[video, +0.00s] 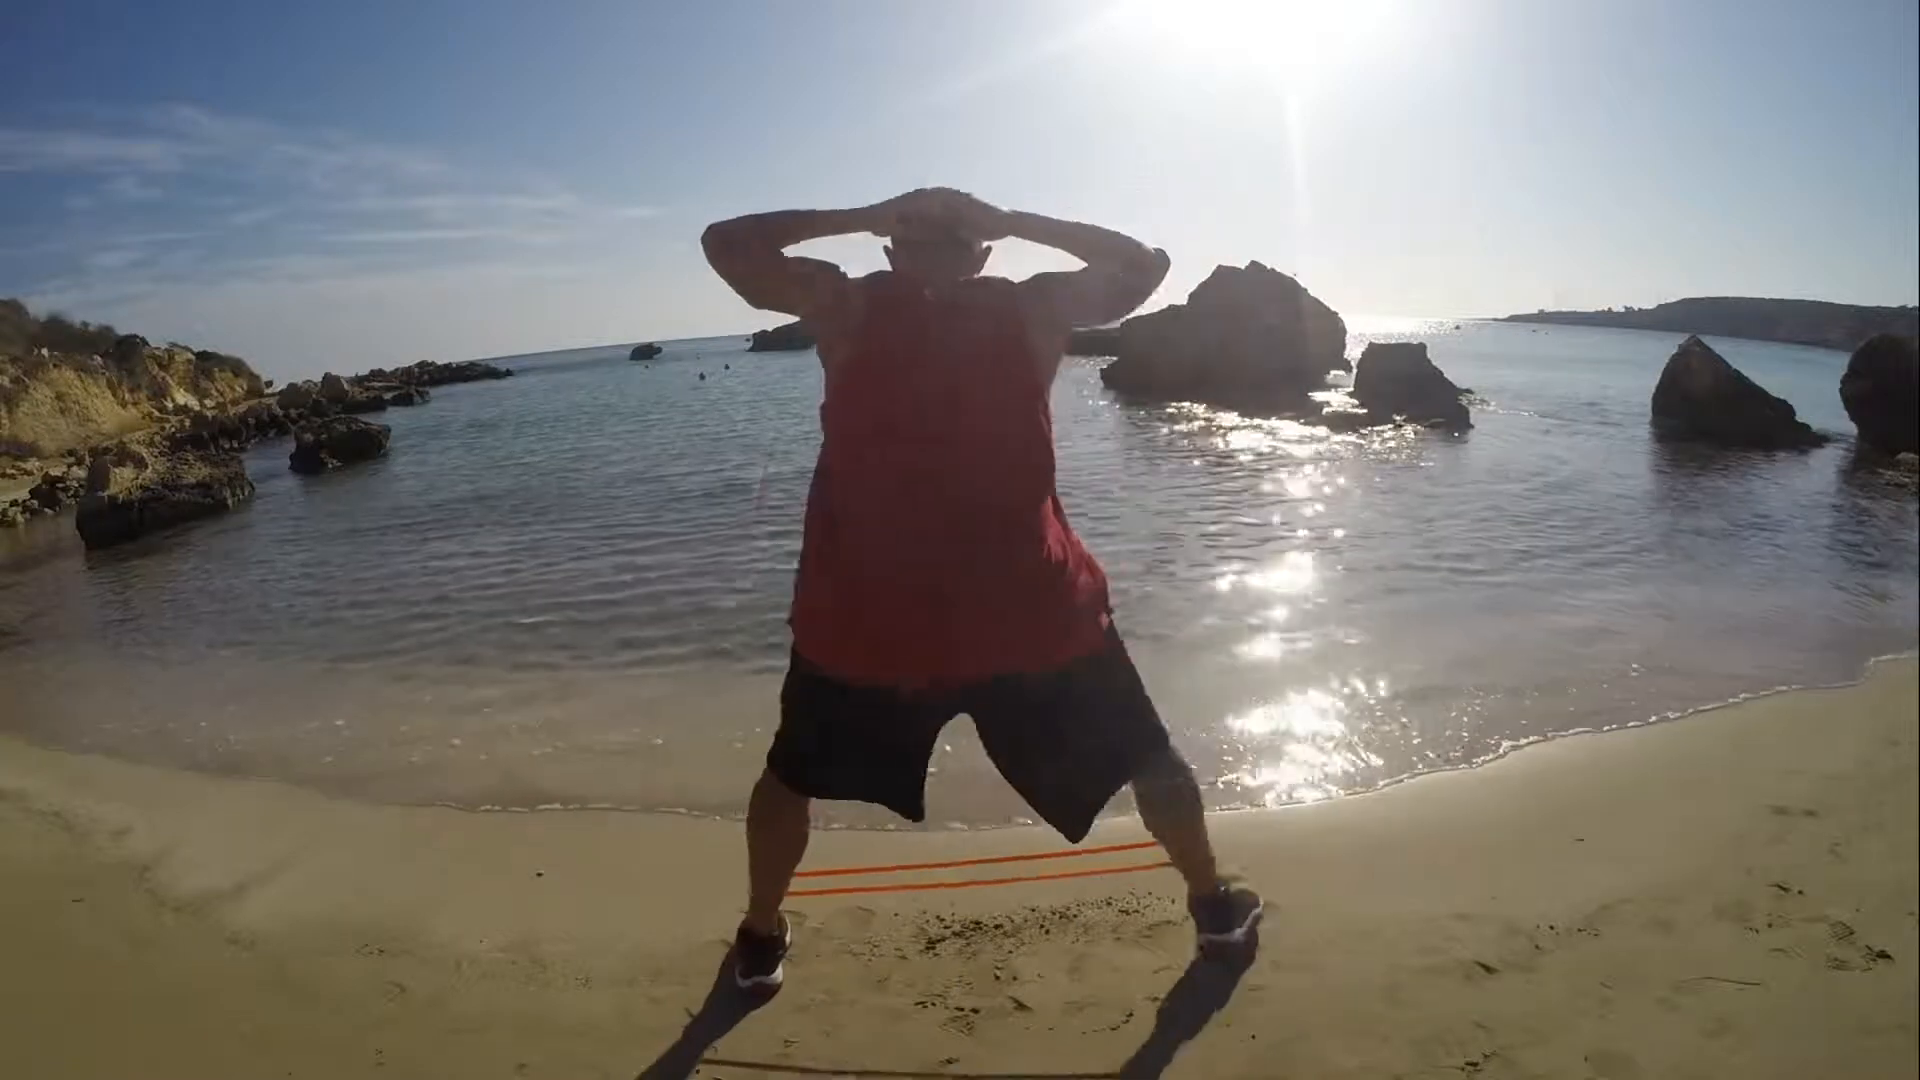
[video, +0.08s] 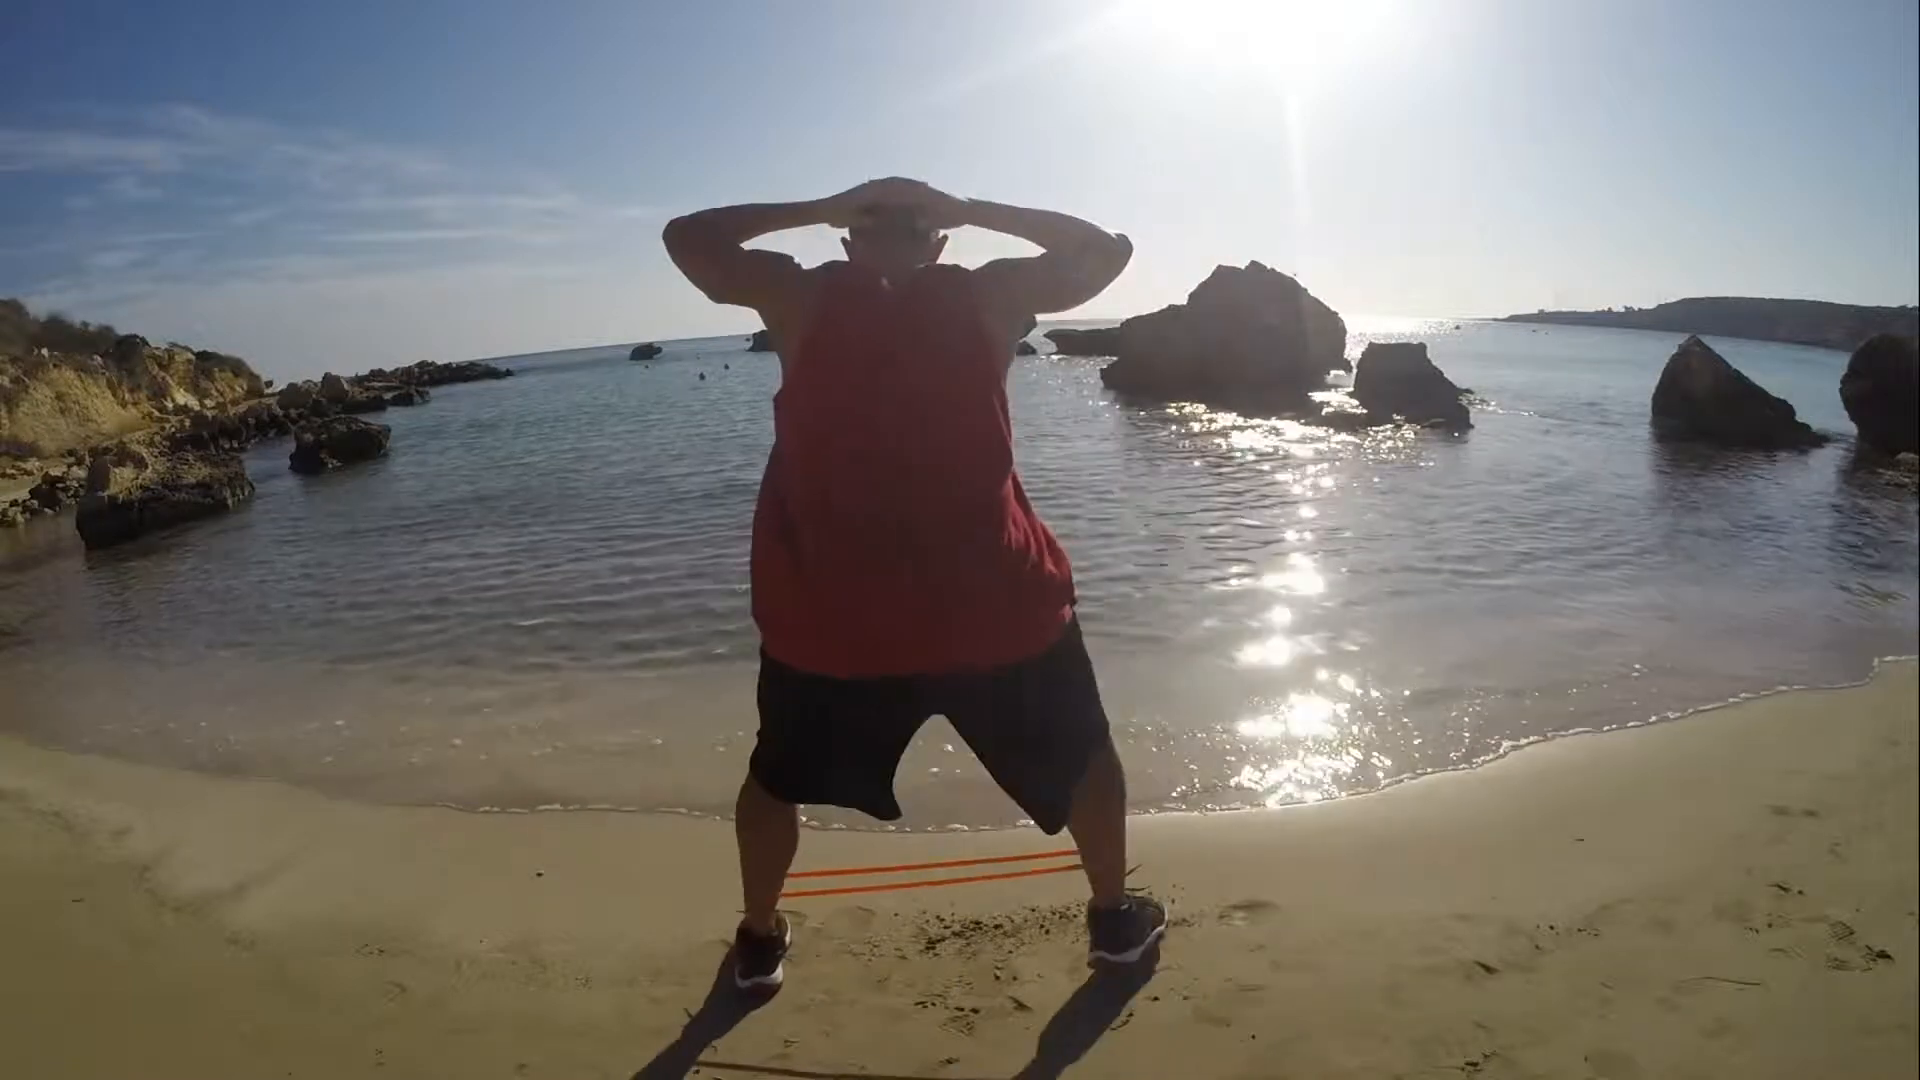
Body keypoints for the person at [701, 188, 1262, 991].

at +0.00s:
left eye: (921, 222)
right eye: (954, 223)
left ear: (893, 244)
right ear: (981, 249)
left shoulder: (841, 306)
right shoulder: (1031, 309)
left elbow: (725, 242)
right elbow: (1141, 264)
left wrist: (864, 217)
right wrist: (1013, 221)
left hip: (869, 602)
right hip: (1025, 589)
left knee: (791, 772)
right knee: (1148, 755)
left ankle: (757, 941)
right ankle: (1212, 906)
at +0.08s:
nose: (896, 219)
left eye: (884, 210)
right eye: (911, 210)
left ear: (851, 234)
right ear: (939, 236)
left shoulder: (800, 296)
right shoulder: (990, 295)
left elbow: (689, 236)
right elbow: (1104, 250)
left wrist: (820, 208)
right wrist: (970, 211)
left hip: (828, 599)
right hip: (985, 588)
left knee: (776, 774)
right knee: (1083, 751)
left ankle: (756, 939)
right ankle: (1112, 917)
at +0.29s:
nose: (852, 221)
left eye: (836, 211)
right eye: (861, 212)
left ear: (799, 231)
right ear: (892, 236)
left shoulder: (752, 295)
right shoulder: (942, 291)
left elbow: (644, 244)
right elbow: (1057, 237)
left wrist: (773, 209)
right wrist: (920, 203)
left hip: (776, 598)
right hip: (917, 598)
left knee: (748, 783)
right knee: (919, 768)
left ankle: (750, 939)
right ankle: (878, 924)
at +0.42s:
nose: (838, 234)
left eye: (820, 223)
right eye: (855, 225)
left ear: (794, 241)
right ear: (885, 245)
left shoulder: (748, 306)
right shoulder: (936, 299)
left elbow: (639, 255)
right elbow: (1050, 249)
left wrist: (766, 218)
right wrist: (914, 213)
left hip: (774, 607)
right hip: (917, 604)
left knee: (741, 782)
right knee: (925, 763)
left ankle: (751, 937)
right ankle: (892, 916)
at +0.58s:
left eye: (840, 219)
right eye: (879, 219)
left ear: (810, 240)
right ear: (896, 236)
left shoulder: (763, 304)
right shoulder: (950, 288)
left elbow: (658, 257)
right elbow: (1064, 235)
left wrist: (778, 219)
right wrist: (927, 207)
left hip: (817, 590)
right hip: (969, 575)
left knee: (777, 771)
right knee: (1054, 732)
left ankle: (756, 936)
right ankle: (1077, 901)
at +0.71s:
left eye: (865, 230)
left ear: (848, 245)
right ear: (939, 243)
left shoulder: (811, 309)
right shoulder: (994, 292)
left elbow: (693, 264)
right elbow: (1103, 234)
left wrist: (816, 224)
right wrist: (964, 209)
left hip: (875, 596)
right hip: (1031, 580)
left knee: (798, 768)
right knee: (1149, 735)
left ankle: (764, 934)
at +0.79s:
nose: (908, 256)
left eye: (908, 244)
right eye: (915, 241)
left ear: (895, 257)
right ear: (985, 253)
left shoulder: (857, 323)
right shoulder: (1040, 305)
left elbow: (734, 269)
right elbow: (1147, 243)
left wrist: (861, 231)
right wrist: (1012, 220)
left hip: (912, 615)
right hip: (1067, 601)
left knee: (813, 774)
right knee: (1186, 756)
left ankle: (767, 936)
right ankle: (1271, 896)